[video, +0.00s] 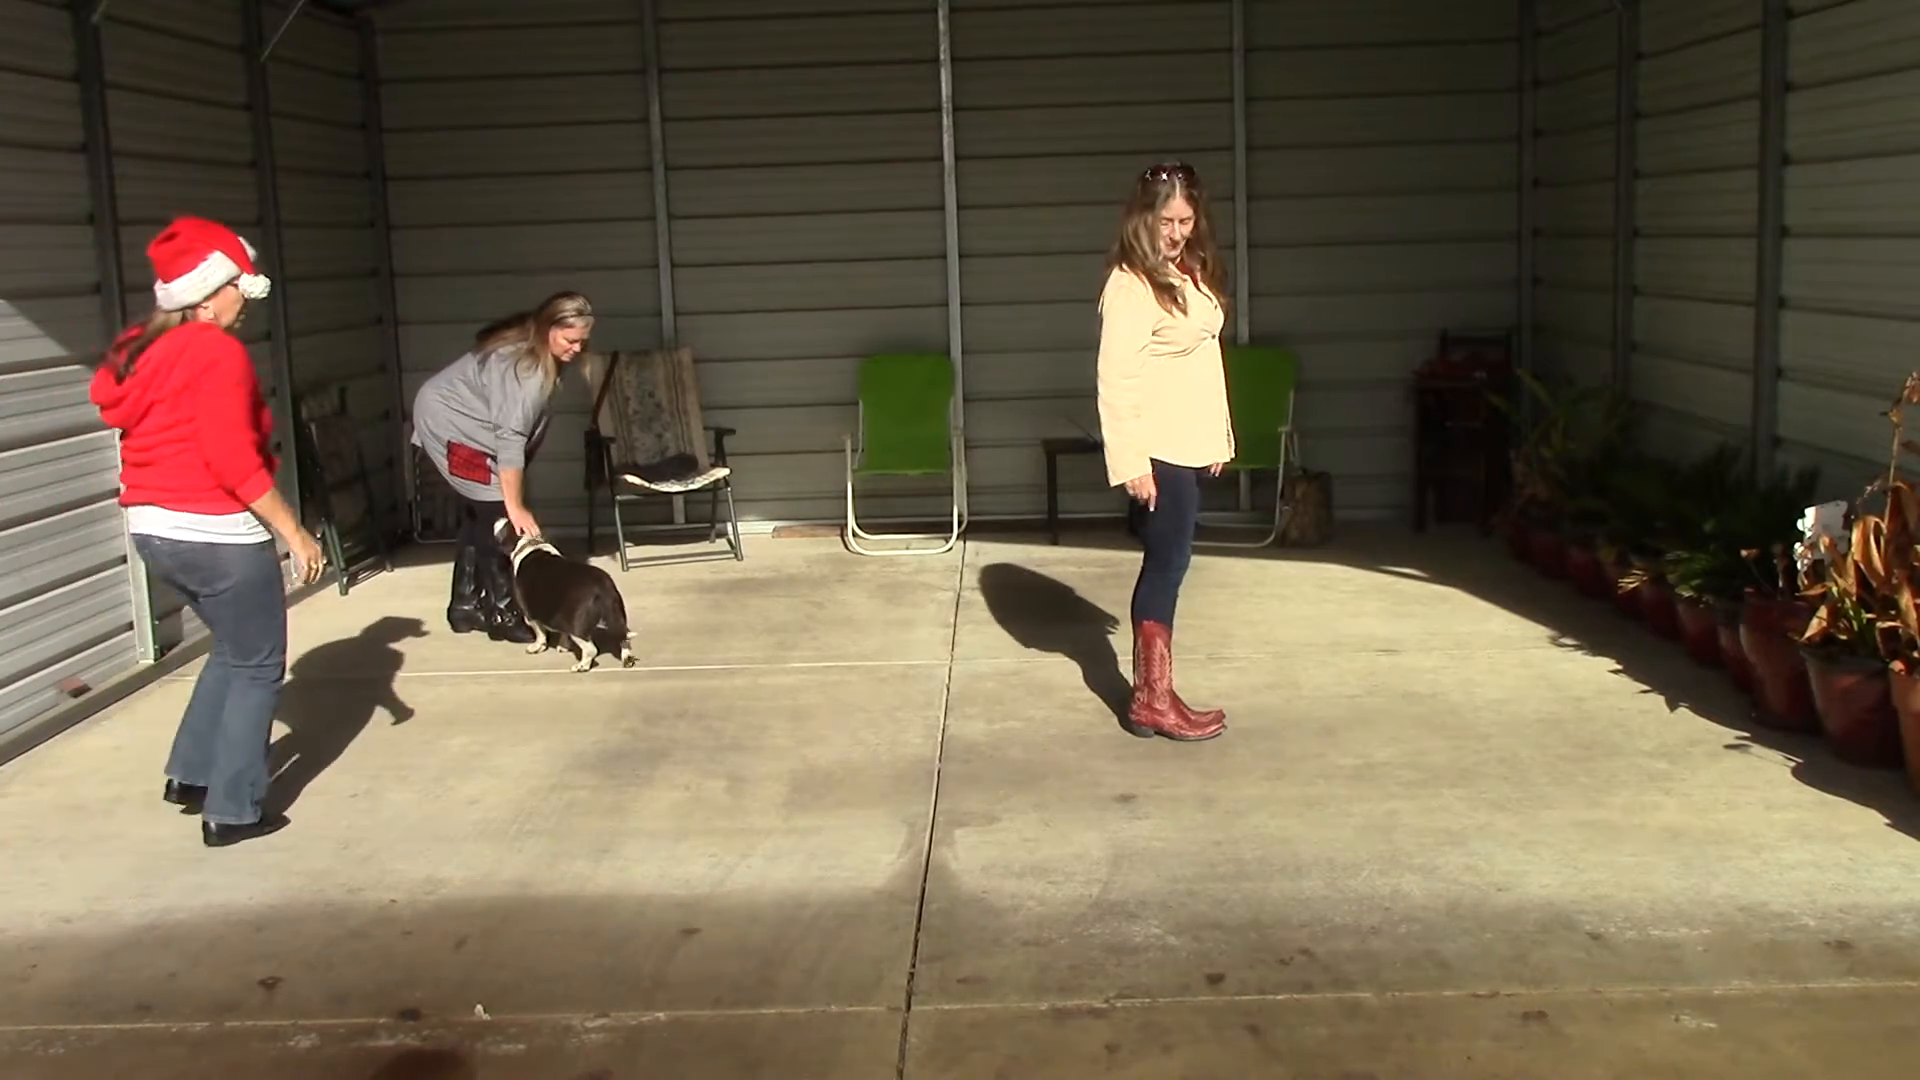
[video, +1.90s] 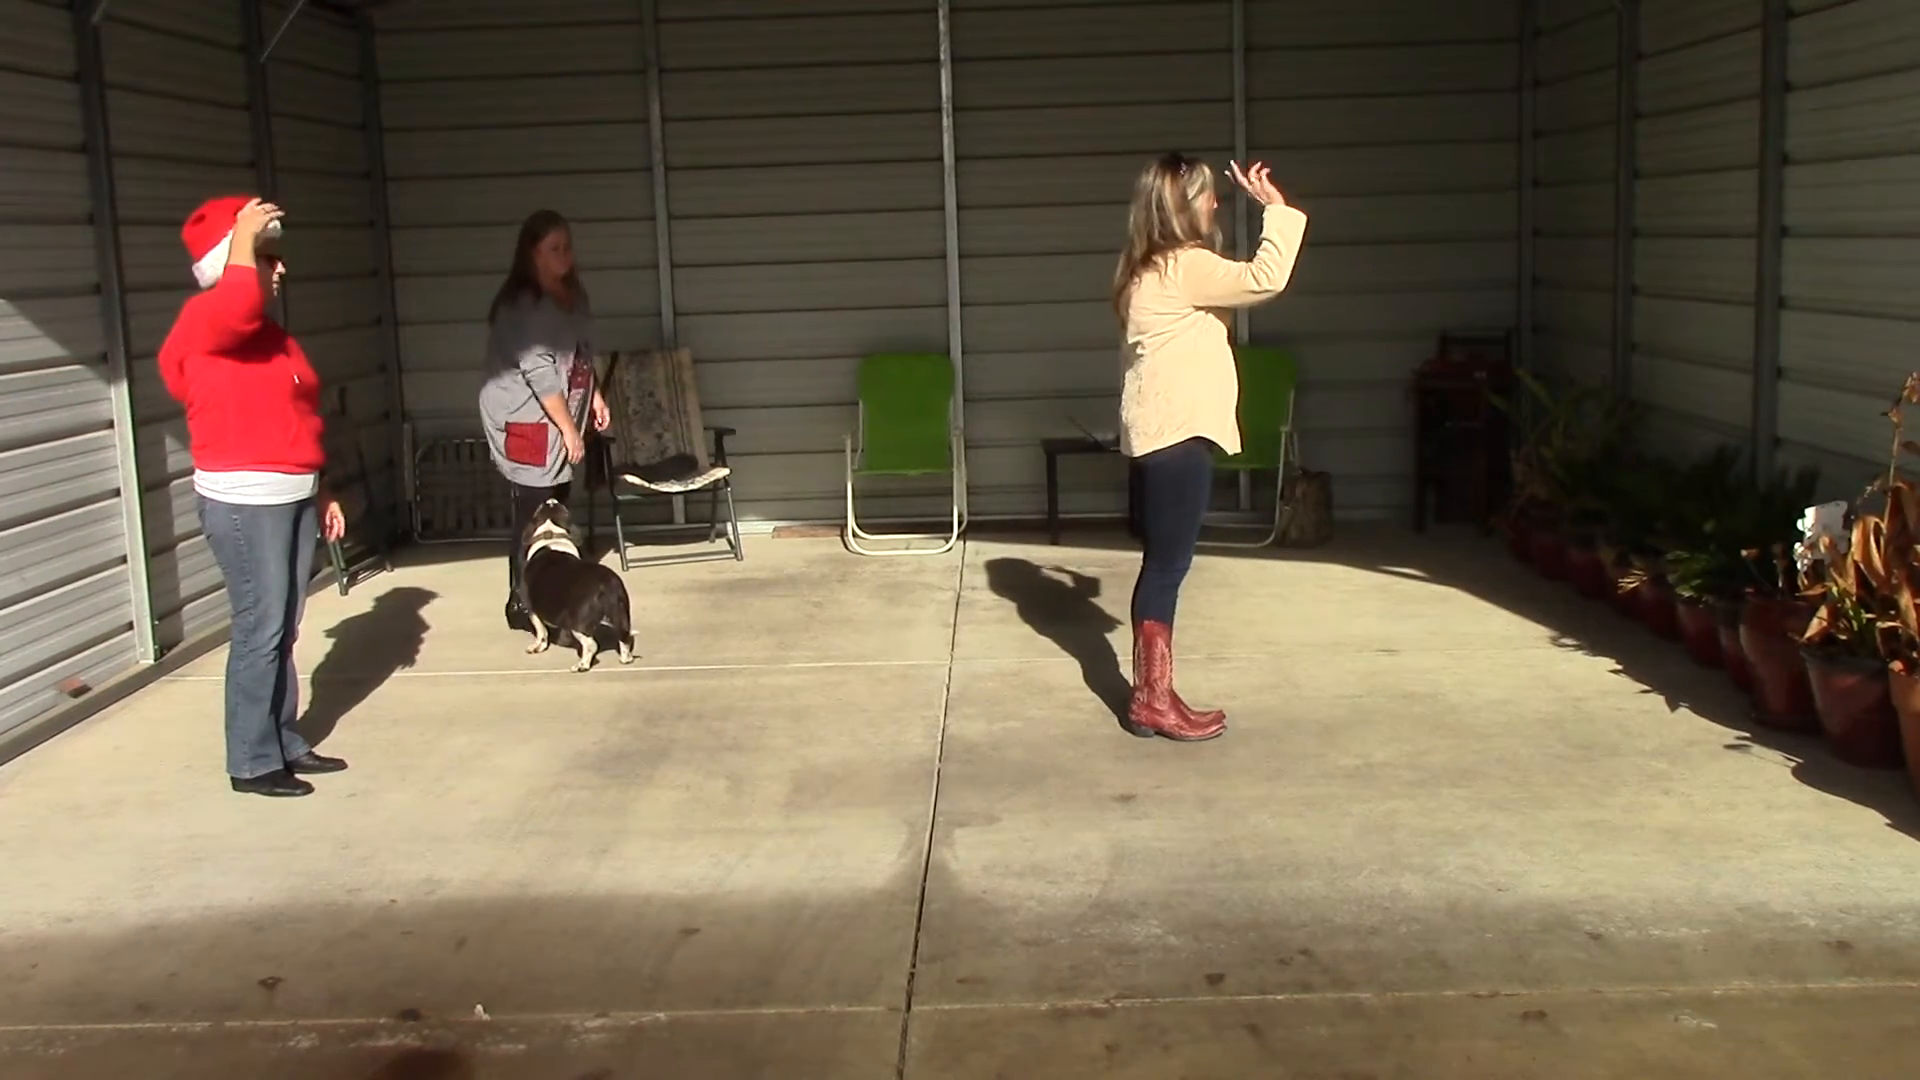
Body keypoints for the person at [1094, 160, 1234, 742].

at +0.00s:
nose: (1176, 232)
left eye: (1184, 221)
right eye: (1166, 221)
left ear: (1194, 222)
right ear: (1143, 220)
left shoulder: (1188, 278)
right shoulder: (1128, 284)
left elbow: (1205, 367)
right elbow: (1114, 381)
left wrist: (1216, 440)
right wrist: (1131, 461)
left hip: (1189, 443)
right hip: (1158, 446)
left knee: (1170, 560)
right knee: (1165, 561)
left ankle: (1157, 694)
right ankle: (1150, 697)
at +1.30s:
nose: (1239, 207)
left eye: (1235, 197)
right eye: (1229, 198)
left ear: (1205, 208)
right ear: (1200, 210)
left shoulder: (1202, 284)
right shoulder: (1162, 289)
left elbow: (1199, 378)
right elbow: (1156, 384)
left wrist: (1225, 436)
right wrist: (1206, 447)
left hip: (1181, 450)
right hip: (1154, 449)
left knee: (1169, 562)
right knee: (1159, 563)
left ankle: (1158, 694)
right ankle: (1149, 699)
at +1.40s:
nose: (1234, 205)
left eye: (1231, 195)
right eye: (1225, 196)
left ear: (1189, 208)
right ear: (1197, 208)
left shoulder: (1189, 281)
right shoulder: (1169, 286)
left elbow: (1205, 366)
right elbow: (1189, 372)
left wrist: (1272, 383)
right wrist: (1273, 388)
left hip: (1175, 443)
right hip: (1162, 445)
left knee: (1165, 562)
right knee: (1161, 563)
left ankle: (1156, 693)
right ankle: (1152, 697)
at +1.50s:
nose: (1232, 209)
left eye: (1229, 198)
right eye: (1222, 199)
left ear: (1184, 208)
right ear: (1192, 207)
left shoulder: (1181, 276)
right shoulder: (1169, 283)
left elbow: (1225, 348)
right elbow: (1225, 354)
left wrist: (1301, 324)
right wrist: (1305, 327)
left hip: (1174, 442)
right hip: (1164, 443)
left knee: (1164, 564)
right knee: (1162, 564)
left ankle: (1156, 695)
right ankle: (1150, 699)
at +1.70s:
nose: (1225, 209)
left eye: (1224, 198)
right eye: (1218, 198)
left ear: (1168, 204)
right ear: (1190, 204)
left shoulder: (1150, 271)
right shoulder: (1184, 271)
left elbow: (1250, 300)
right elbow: (1261, 303)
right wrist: (1305, 235)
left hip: (1156, 433)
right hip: (1177, 435)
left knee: (1163, 563)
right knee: (1166, 564)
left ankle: (1153, 694)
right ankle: (1153, 698)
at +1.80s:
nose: (1222, 210)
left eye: (1220, 199)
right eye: (1215, 200)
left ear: (1167, 203)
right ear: (1190, 203)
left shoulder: (1148, 270)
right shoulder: (1183, 268)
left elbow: (1252, 288)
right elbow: (1264, 290)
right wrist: (1290, 219)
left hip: (1155, 433)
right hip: (1180, 434)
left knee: (1162, 562)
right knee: (1166, 564)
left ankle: (1154, 695)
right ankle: (1153, 698)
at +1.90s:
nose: (1218, 213)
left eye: (1217, 203)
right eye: (1211, 203)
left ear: (1162, 205)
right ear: (1187, 205)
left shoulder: (1145, 270)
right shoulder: (1184, 266)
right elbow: (1266, 277)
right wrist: (1278, 209)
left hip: (1154, 432)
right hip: (1181, 432)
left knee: (1162, 560)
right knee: (1168, 562)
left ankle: (1153, 695)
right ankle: (1152, 698)